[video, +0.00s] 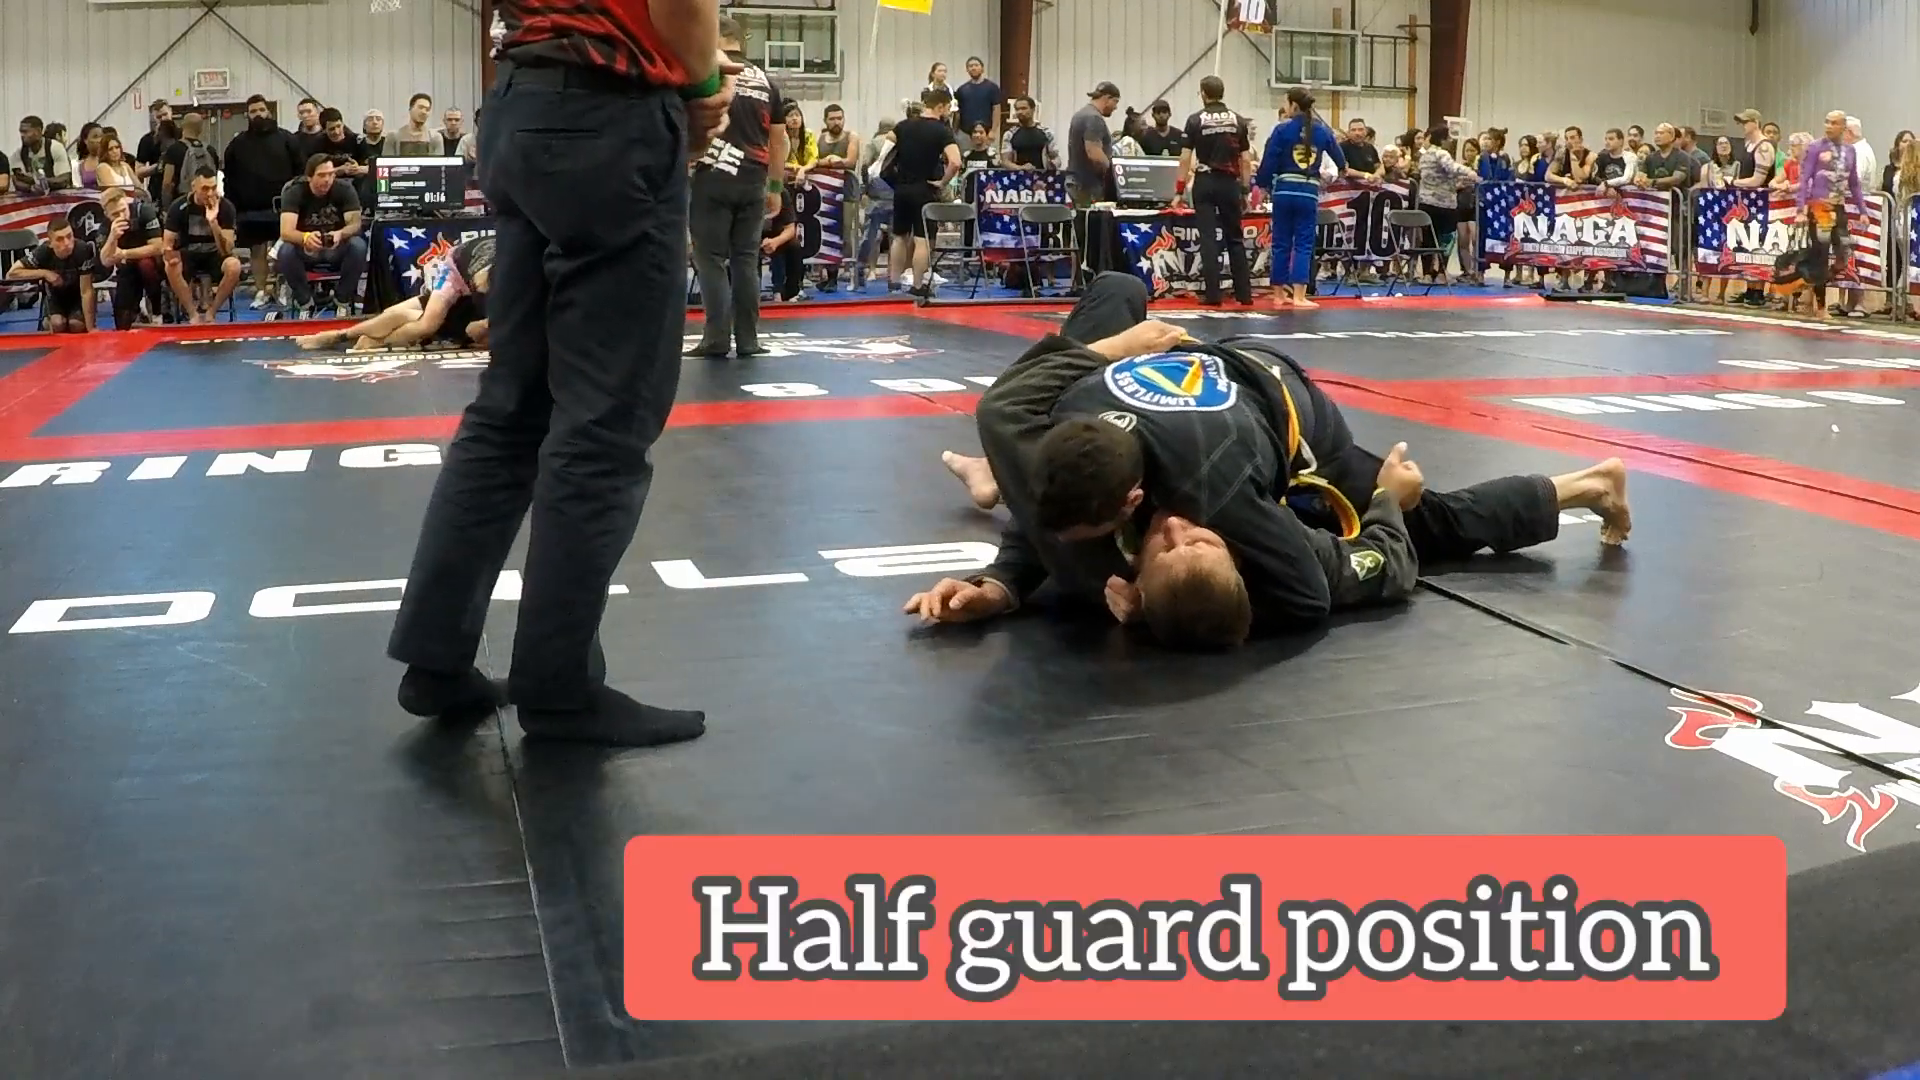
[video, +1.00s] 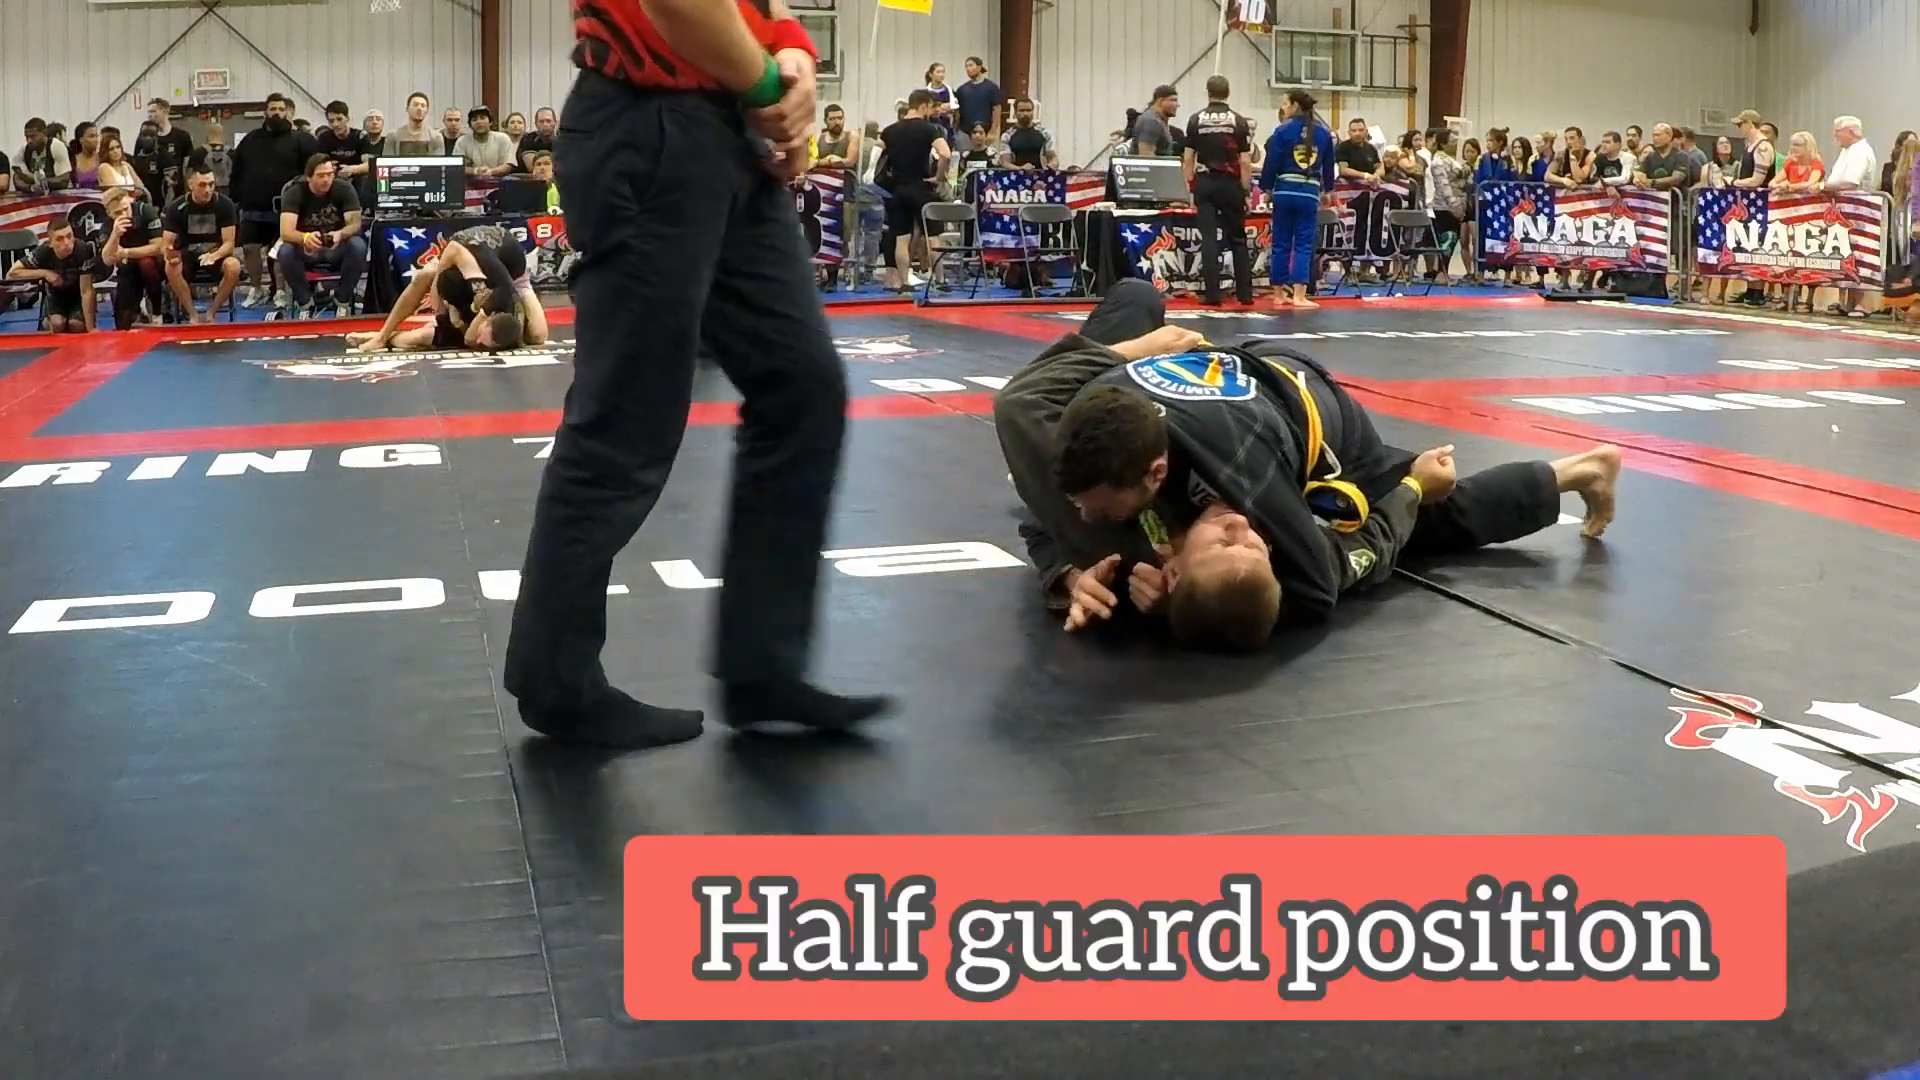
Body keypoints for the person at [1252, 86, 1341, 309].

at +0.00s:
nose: (1285, 108)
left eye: (1287, 104)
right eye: (1287, 104)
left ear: (1293, 105)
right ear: (1308, 105)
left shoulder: (1282, 128)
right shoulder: (1322, 130)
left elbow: (1269, 160)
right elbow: (1338, 156)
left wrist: (1263, 183)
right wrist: (1342, 168)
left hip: (1283, 191)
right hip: (1308, 194)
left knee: (1281, 242)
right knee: (1304, 243)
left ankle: (1278, 294)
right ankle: (1299, 296)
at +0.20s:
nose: (1284, 109)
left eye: (1286, 105)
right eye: (1285, 105)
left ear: (1293, 106)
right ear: (1307, 106)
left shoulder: (1282, 129)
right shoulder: (1321, 131)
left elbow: (1270, 160)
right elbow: (1334, 159)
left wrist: (1264, 183)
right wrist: (1337, 177)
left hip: (1284, 192)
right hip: (1308, 195)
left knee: (1281, 242)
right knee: (1305, 244)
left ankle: (1279, 294)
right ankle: (1299, 296)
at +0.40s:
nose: (1284, 109)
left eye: (1286, 106)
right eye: (1285, 105)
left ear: (1293, 106)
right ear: (1306, 106)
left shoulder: (1283, 130)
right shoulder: (1323, 132)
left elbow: (1272, 161)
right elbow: (1328, 166)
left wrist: (1266, 185)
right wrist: (1328, 188)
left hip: (1285, 190)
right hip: (1309, 193)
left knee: (1281, 242)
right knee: (1305, 243)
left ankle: (1278, 293)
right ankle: (1299, 295)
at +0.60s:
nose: (1283, 109)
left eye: (1286, 105)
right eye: (1284, 105)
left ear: (1295, 107)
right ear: (1305, 107)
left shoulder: (1282, 131)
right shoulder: (1324, 134)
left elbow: (1272, 163)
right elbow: (1327, 167)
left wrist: (1266, 187)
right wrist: (1323, 189)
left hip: (1285, 190)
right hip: (1310, 193)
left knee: (1281, 241)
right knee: (1305, 243)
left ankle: (1278, 293)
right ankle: (1299, 295)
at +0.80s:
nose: (1284, 108)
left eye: (1286, 105)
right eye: (1285, 104)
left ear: (1294, 106)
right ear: (1306, 107)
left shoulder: (1282, 131)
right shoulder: (1323, 133)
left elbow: (1271, 163)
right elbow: (1328, 167)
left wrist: (1266, 188)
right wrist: (1327, 190)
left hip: (1284, 191)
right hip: (1310, 194)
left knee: (1281, 242)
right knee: (1305, 243)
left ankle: (1278, 293)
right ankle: (1299, 295)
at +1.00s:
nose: (1283, 108)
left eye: (1285, 104)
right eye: (1284, 104)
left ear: (1295, 106)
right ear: (1306, 107)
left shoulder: (1282, 130)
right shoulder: (1323, 133)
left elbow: (1271, 162)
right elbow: (1328, 165)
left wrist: (1266, 187)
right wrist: (1328, 188)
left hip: (1284, 191)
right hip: (1309, 194)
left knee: (1281, 242)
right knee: (1304, 243)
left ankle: (1278, 293)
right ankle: (1299, 295)